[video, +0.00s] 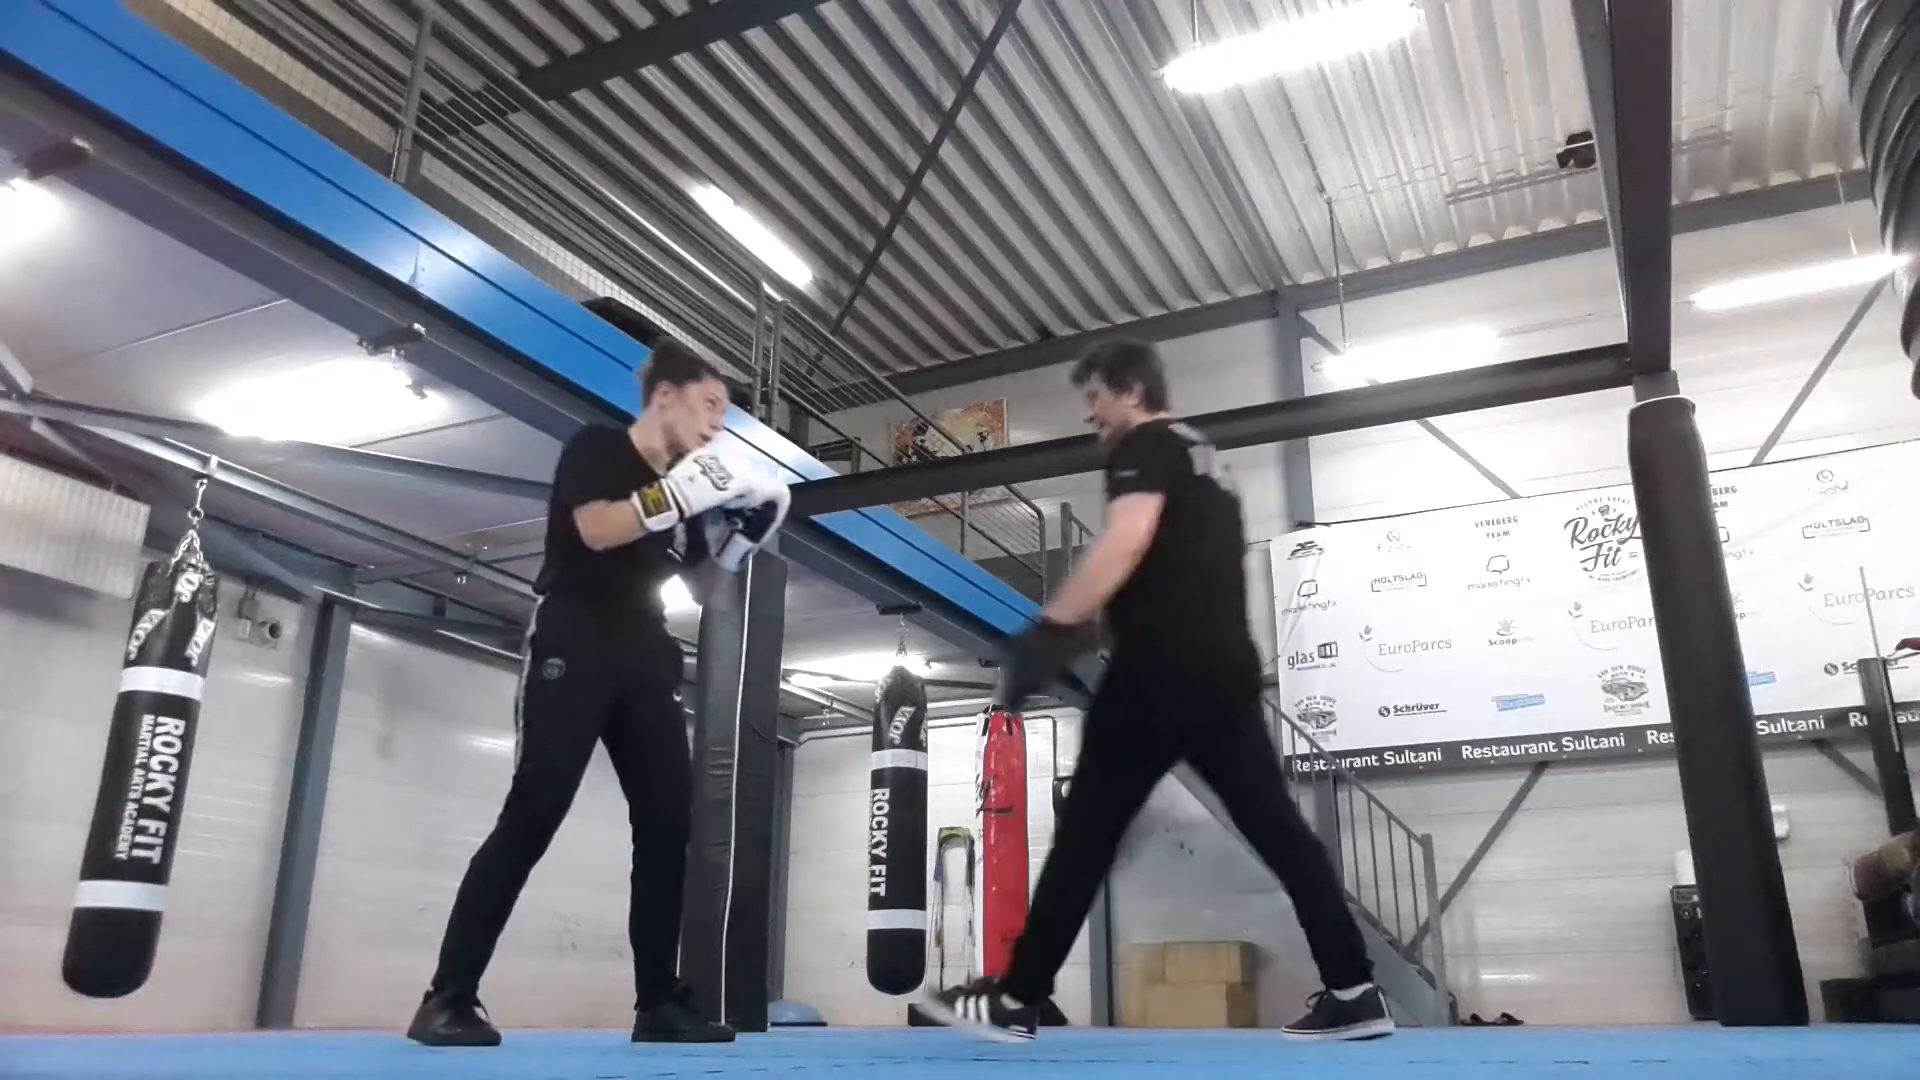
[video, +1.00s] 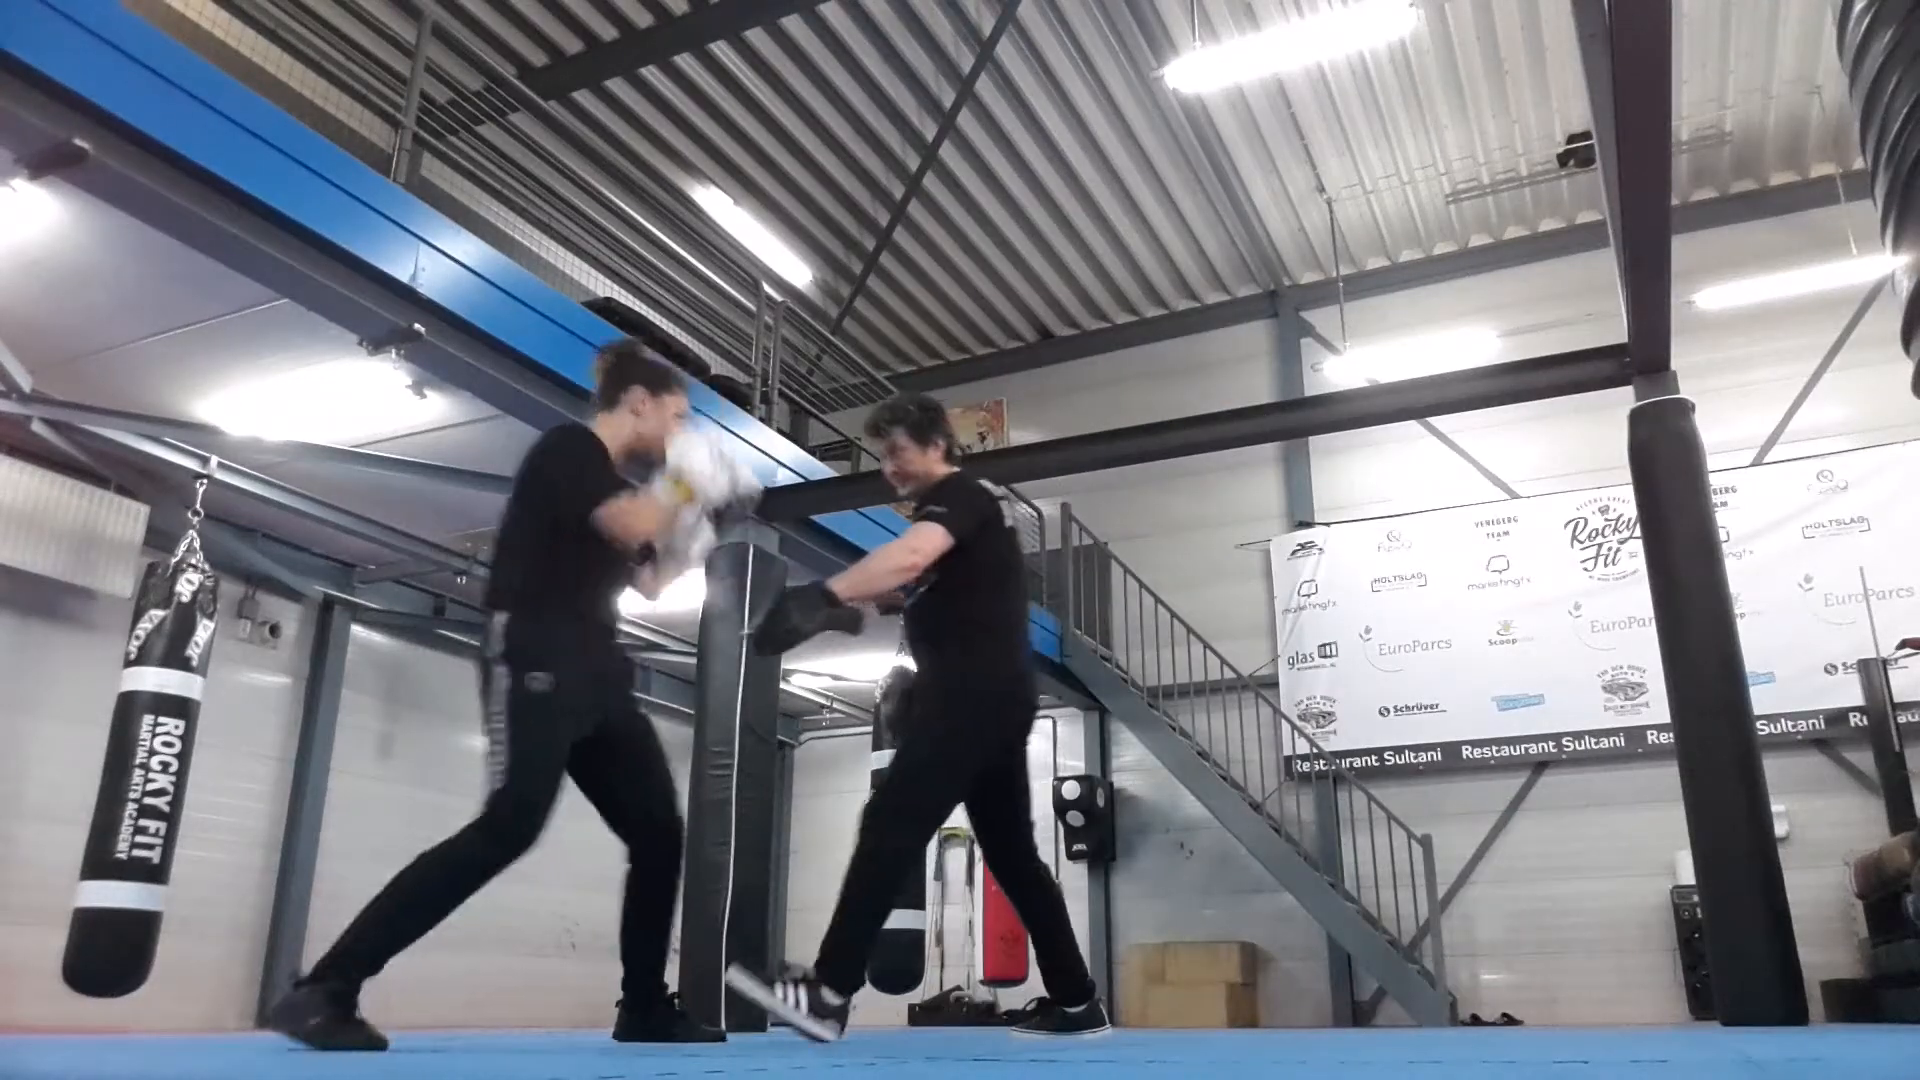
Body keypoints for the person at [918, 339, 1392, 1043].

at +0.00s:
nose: (1088, 416)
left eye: (1093, 400)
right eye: (1086, 403)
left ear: (1129, 392)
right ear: (1147, 397)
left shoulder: (1145, 446)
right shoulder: (1205, 458)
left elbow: (1127, 539)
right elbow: (1184, 574)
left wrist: (1050, 627)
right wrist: (1094, 630)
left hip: (1154, 676)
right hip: (1221, 674)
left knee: (1086, 833)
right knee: (1281, 832)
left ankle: (1021, 991)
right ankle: (1353, 990)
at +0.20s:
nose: (1008, 423)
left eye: (1014, 406)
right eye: (1004, 409)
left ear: (1050, 396)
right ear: (1069, 400)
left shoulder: (1070, 451)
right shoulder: (1129, 457)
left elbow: (998, 530)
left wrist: (895, 578)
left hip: (1085, 673)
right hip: (1151, 673)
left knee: (1027, 826)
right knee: (1181, 825)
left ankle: (1004, 999)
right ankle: (1308, 944)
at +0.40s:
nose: (967, 422)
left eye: (972, 407)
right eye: (964, 411)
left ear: (1007, 397)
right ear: (1026, 400)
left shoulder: (1028, 450)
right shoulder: (1081, 457)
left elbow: (940, 514)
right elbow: (1026, 555)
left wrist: (834, 549)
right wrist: (957, 526)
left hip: (1047, 669)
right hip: (1104, 668)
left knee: (1010, 824)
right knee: (1096, 817)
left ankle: (1003, 996)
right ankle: (1187, 961)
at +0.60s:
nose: (955, 447)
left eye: (960, 431)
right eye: (950, 435)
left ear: (999, 422)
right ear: (1012, 428)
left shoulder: (1017, 472)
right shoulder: (1053, 483)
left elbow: (943, 537)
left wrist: (844, 576)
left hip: (1024, 686)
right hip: (1072, 687)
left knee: (973, 829)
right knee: (1056, 841)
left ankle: (999, 998)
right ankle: (1082, 998)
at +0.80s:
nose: (933, 482)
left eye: (939, 465)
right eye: (928, 469)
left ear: (976, 454)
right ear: (978, 461)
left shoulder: (1009, 502)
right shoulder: (1011, 516)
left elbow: (957, 563)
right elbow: (955, 587)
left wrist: (865, 600)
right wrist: (895, 611)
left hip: (1004, 692)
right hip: (1037, 696)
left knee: (908, 802)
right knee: (1016, 852)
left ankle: (935, 974)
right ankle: (1073, 999)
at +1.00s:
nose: (888, 468)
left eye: (897, 452)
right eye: (883, 456)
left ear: (935, 445)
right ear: (931, 453)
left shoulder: (962, 494)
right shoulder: (959, 511)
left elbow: (911, 556)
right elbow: (911, 587)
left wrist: (819, 595)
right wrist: (852, 606)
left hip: (966, 697)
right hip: (994, 698)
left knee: (890, 830)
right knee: (1012, 855)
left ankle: (829, 991)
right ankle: (1075, 1000)